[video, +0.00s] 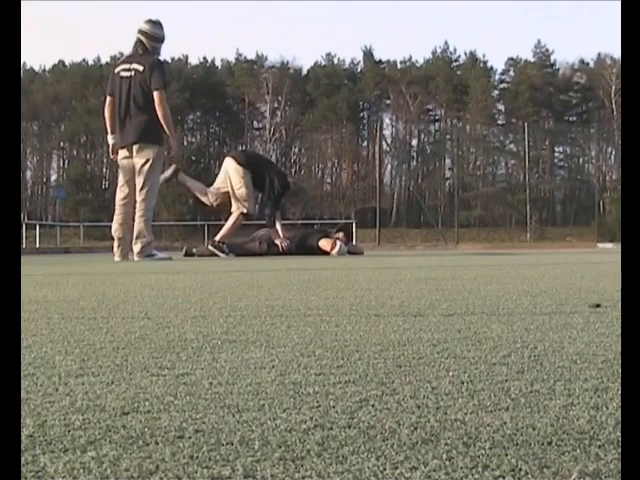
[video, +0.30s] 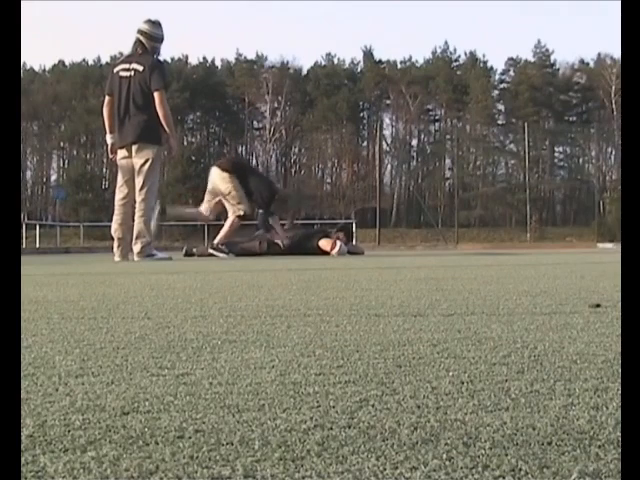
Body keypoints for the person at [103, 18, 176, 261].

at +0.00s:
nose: (160, 47)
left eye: (160, 43)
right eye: (160, 43)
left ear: (139, 38)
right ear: (156, 42)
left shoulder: (120, 65)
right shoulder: (154, 64)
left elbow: (109, 104)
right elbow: (159, 101)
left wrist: (112, 136)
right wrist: (172, 135)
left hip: (123, 138)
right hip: (148, 138)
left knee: (124, 196)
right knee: (145, 196)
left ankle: (119, 249)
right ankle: (143, 248)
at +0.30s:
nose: (160, 47)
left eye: (160, 43)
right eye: (159, 43)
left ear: (138, 38)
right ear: (155, 42)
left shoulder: (118, 66)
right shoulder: (153, 64)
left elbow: (108, 104)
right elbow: (159, 101)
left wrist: (110, 136)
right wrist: (172, 133)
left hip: (121, 138)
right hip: (147, 137)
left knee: (123, 195)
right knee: (146, 196)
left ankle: (119, 249)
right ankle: (142, 247)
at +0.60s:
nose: (160, 47)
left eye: (160, 43)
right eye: (159, 43)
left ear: (138, 38)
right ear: (155, 42)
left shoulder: (118, 65)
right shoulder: (153, 64)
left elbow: (107, 104)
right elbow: (160, 101)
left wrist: (110, 136)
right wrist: (172, 135)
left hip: (121, 138)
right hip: (146, 137)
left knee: (122, 196)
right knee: (144, 197)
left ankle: (119, 249)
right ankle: (142, 248)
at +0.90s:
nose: (159, 47)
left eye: (159, 43)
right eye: (158, 43)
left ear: (137, 38)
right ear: (155, 42)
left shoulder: (117, 66)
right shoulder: (153, 65)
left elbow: (106, 104)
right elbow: (159, 102)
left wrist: (109, 136)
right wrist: (171, 136)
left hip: (120, 138)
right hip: (145, 138)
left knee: (122, 195)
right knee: (144, 196)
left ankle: (119, 249)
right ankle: (142, 247)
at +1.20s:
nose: (157, 47)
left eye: (156, 43)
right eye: (156, 43)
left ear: (135, 39)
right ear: (152, 43)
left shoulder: (115, 66)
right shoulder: (152, 65)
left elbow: (105, 104)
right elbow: (159, 100)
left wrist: (108, 136)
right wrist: (172, 135)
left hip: (120, 137)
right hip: (146, 137)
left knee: (122, 196)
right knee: (144, 197)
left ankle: (118, 248)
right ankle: (142, 247)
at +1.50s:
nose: (150, 47)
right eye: (151, 43)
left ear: (131, 41)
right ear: (150, 42)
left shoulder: (113, 66)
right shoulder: (153, 65)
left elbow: (103, 103)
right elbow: (160, 100)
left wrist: (106, 135)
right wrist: (171, 135)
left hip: (117, 137)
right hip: (144, 137)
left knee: (120, 195)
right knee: (143, 195)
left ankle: (119, 249)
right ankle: (142, 247)